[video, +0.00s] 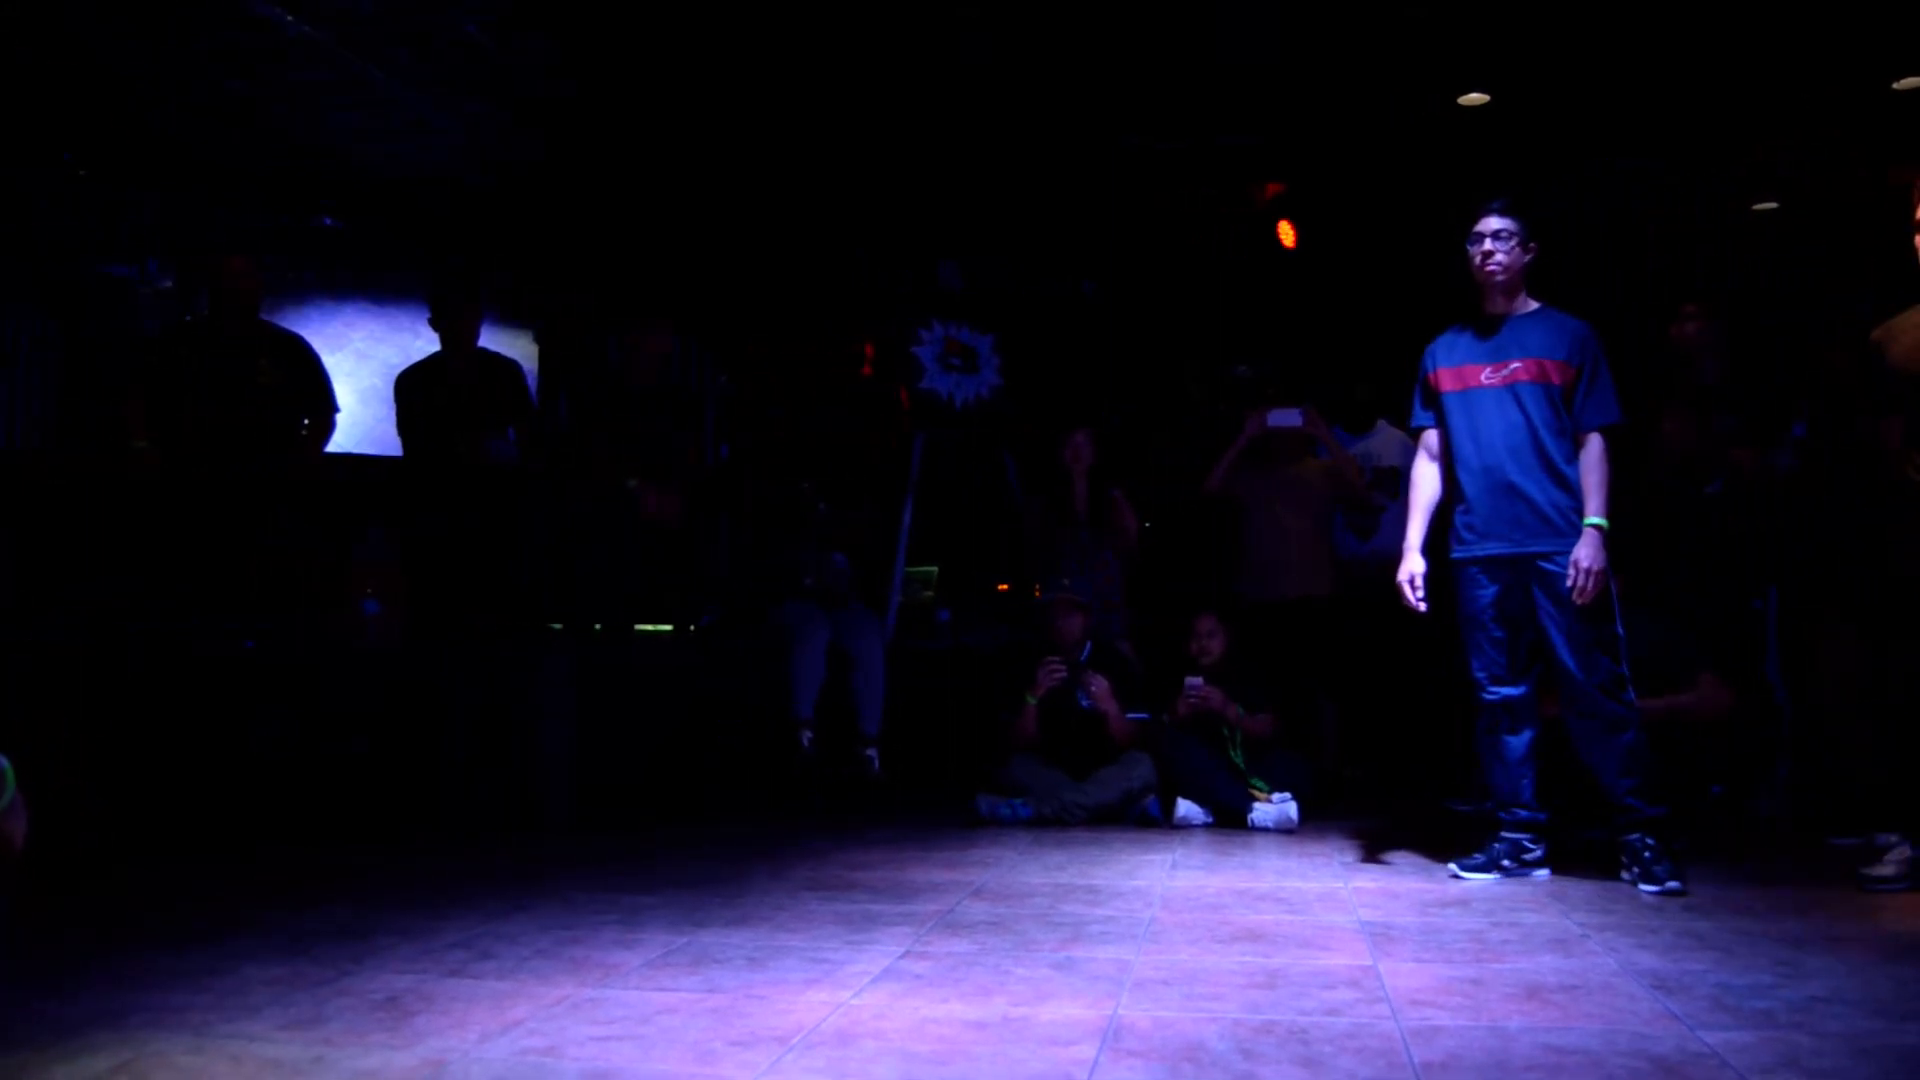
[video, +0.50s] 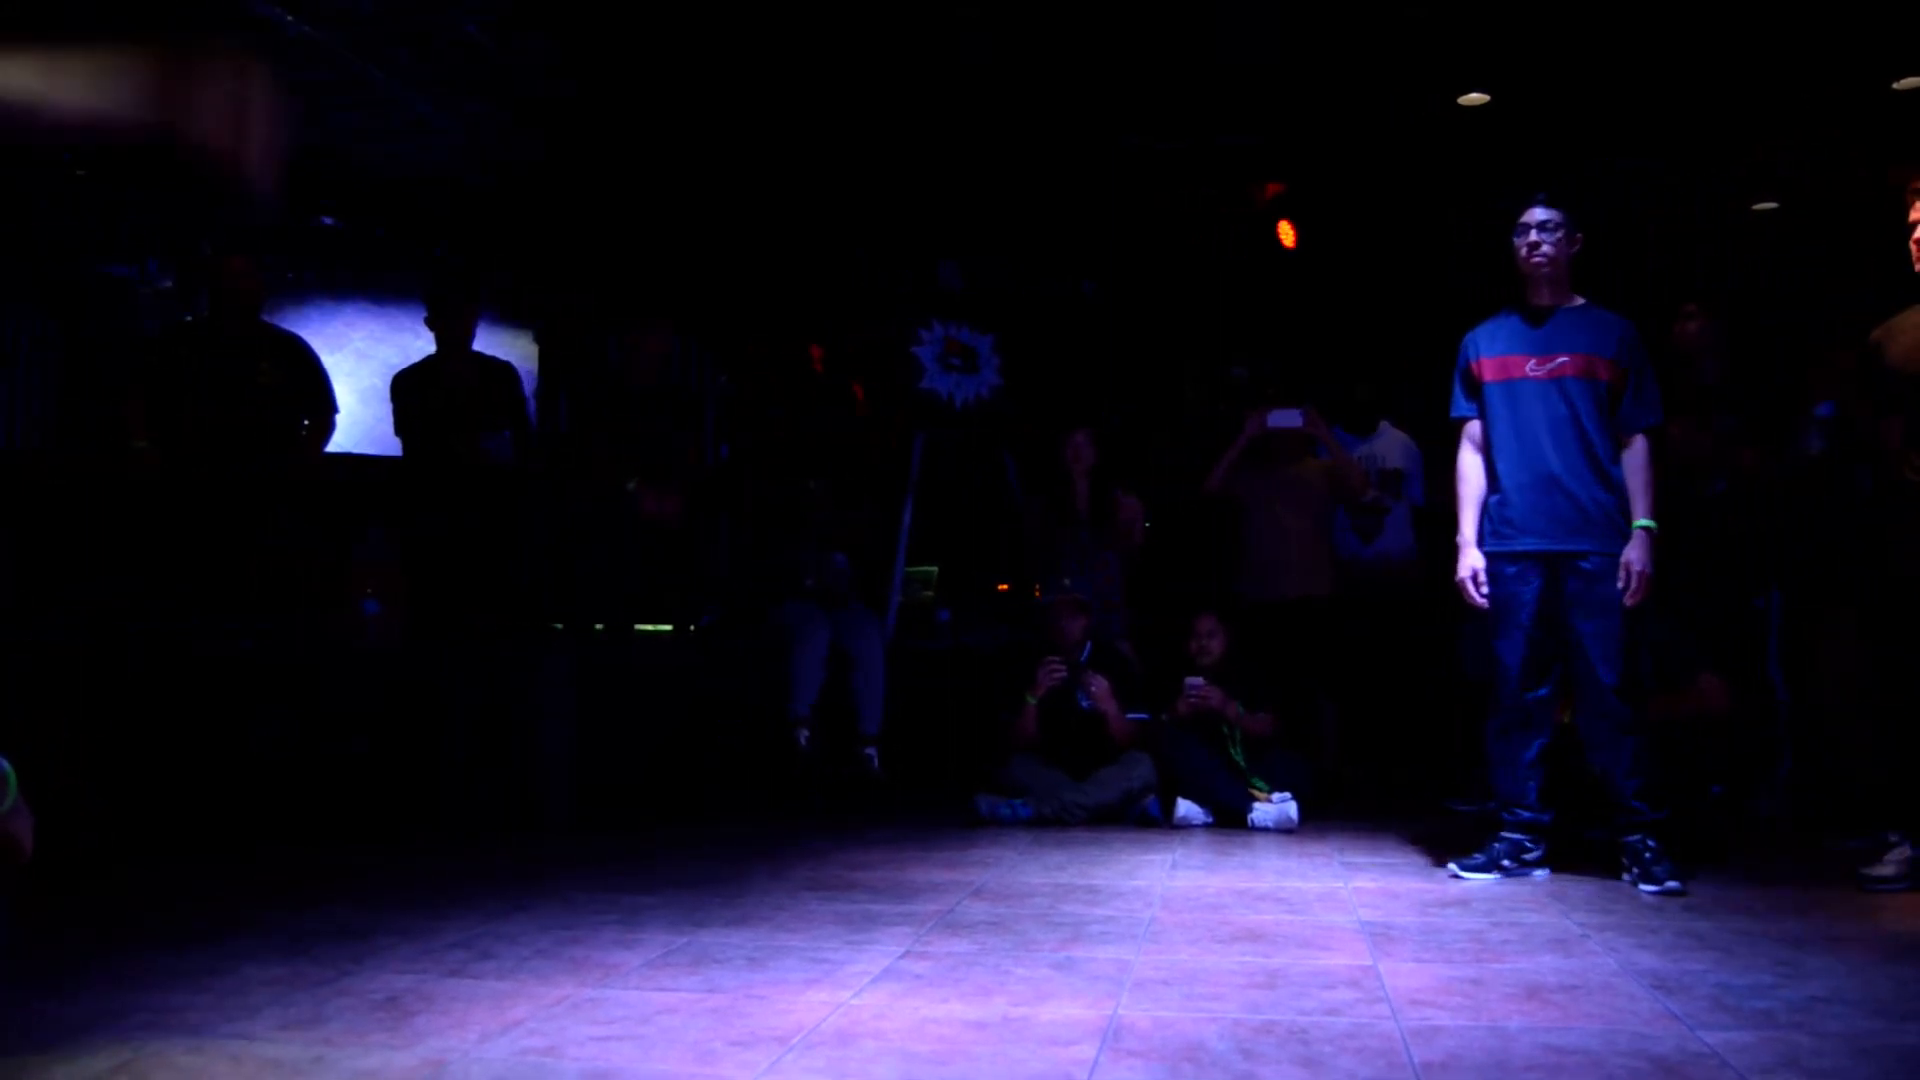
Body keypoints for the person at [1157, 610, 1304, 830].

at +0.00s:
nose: (1203, 644)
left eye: (1211, 636)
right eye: (1196, 637)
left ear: (1226, 638)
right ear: (1189, 642)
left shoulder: (1246, 675)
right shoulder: (1184, 676)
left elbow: (1265, 728)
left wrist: (1224, 707)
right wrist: (1181, 712)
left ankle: (1211, 810)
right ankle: (1251, 810)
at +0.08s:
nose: (1203, 644)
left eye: (1211, 636)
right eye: (1196, 637)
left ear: (1226, 638)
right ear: (1188, 642)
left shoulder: (1246, 675)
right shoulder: (1184, 676)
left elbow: (1265, 728)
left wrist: (1223, 706)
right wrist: (1180, 710)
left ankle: (1211, 811)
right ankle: (1251, 810)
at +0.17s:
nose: (1203, 644)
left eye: (1211, 636)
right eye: (1196, 637)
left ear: (1226, 638)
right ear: (1188, 642)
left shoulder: (1246, 674)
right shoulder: (1183, 675)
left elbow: (1265, 727)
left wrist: (1223, 705)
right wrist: (1178, 710)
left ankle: (1211, 811)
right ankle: (1251, 810)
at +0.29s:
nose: (1203, 644)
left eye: (1211, 636)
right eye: (1196, 637)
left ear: (1226, 638)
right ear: (1188, 642)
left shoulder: (1246, 675)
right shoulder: (1183, 676)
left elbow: (1265, 727)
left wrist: (1223, 705)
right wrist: (1178, 710)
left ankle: (1211, 811)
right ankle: (1251, 810)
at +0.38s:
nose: (1203, 644)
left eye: (1211, 636)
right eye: (1196, 637)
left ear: (1226, 638)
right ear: (1188, 643)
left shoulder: (1246, 675)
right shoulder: (1183, 676)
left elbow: (1265, 727)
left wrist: (1224, 705)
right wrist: (1178, 710)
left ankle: (1211, 811)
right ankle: (1251, 810)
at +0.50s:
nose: (1203, 644)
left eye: (1211, 636)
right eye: (1196, 637)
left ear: (1226, 638)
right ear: (1188, 642)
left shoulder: (1245, 675)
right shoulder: (1182, 676)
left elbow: (1265, 727)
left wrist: (1224, 706)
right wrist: (1181, 711)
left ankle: (1211, 811)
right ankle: (1251, 810)